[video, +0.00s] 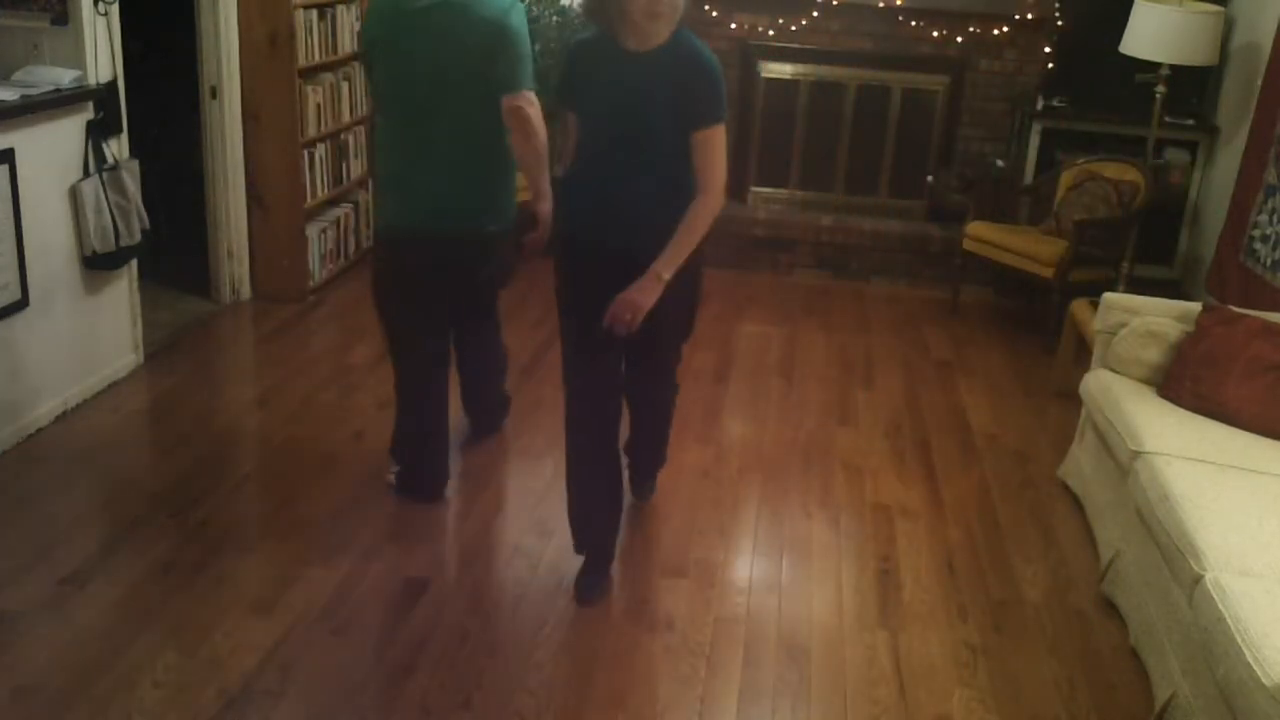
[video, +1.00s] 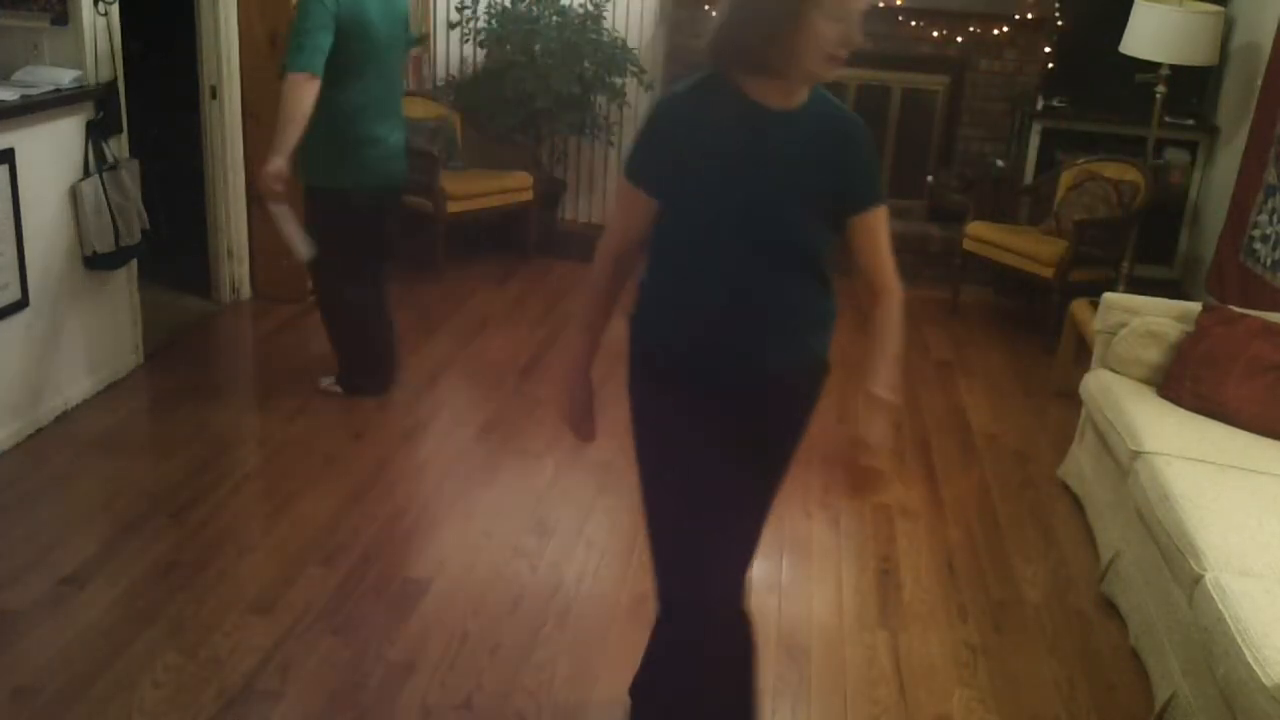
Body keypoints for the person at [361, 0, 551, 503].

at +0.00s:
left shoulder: (382, 11)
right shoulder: (501, 13)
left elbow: (379, 95)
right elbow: (517, 107)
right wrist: (542, 193)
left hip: (403, 215)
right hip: (481, 211)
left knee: (416, 348)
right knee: (477, 310)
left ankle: (422, 473)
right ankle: (486, 410)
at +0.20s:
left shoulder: (388, 13)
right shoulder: (510, 12)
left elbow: (379, 104)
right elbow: (546, 106)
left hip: (412, 203)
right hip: (492, 198)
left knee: (408, 319)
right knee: (488, 309)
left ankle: (429, 433)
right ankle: (485, 410)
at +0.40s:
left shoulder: (384, 8)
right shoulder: (508, 7)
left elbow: (331, 83)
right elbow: (561, 82)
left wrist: (312, 131)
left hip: (411, 195)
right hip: (487, 192)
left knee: (400, 308)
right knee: (482, 308)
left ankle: (399, 402)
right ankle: (484, 408)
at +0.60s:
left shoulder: (358, 12)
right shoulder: (474, 7)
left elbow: (296, 77)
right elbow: (528, 55)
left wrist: (254, 134)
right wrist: (547, 97)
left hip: (389, 187)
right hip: (459, 184)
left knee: (384, 293)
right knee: (466, 302)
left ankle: (368, 381)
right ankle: (484, 407)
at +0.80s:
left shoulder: (328, 7)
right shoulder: (430, 3)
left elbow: (285, 77)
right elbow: (470, 54)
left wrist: (244, 147)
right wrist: (462, 93)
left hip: (355, 172)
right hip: (420, 167)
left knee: (356, 283)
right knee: (425, 274)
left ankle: (366, 378)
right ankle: (467, 371)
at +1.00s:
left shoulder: (322, 5)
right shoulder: (393, 5)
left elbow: (304, 77)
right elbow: (403, 59)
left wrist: (279, 155)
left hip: (340, 159)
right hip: (385, 152)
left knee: (336, 270)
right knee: (367, 265)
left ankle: (359, 376)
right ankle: (378, 367)